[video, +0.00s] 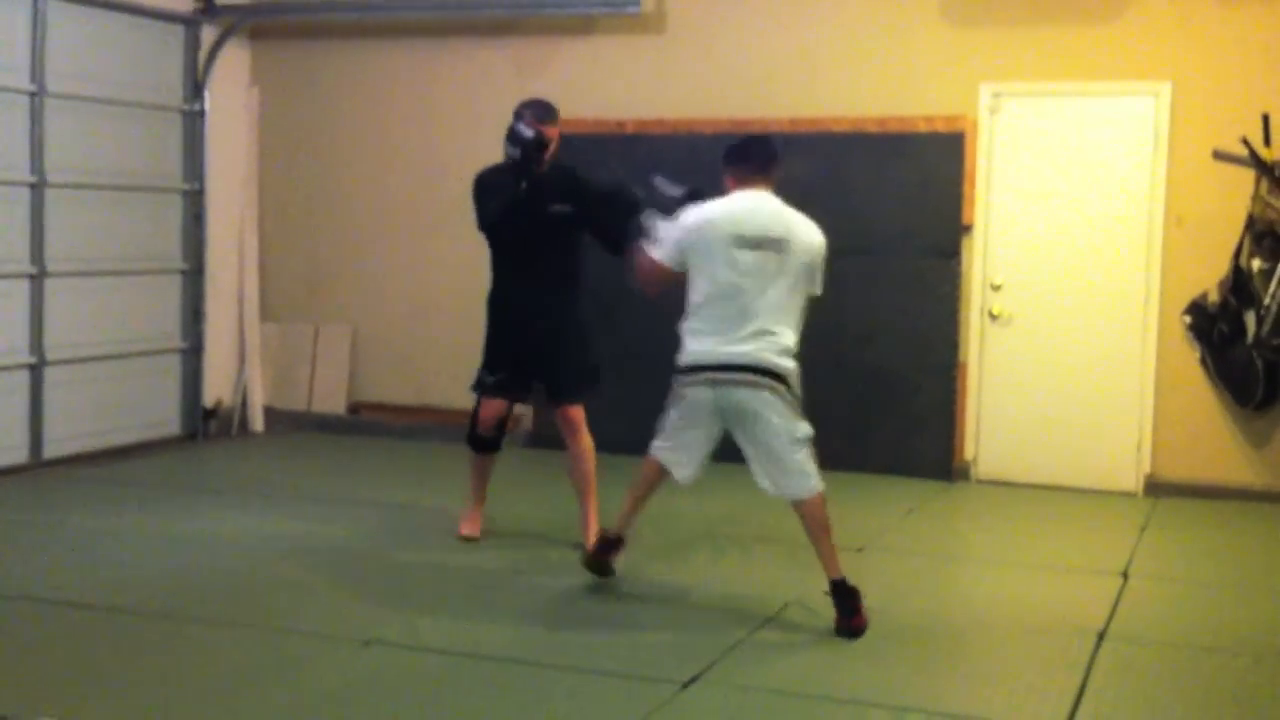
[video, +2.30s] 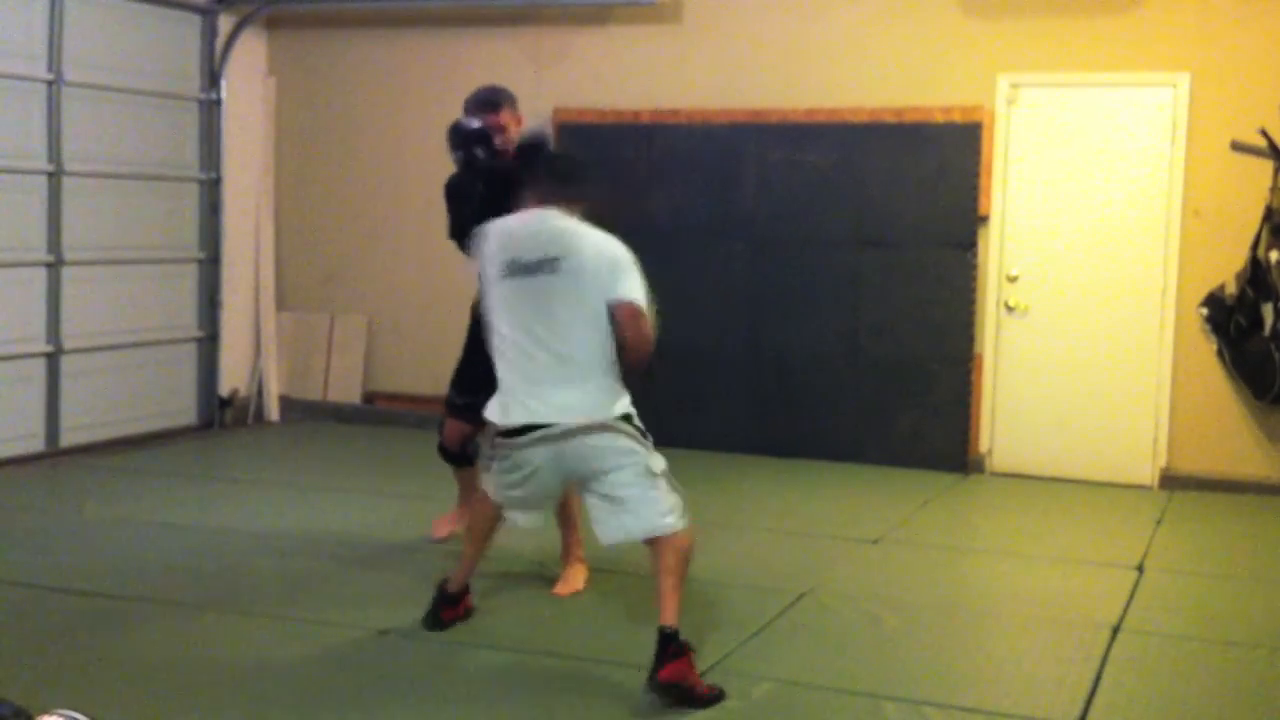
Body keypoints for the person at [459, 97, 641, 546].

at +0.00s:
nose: (539, 148)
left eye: (546, 140)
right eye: (531, 139)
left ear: (558, 139)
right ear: (514, 136)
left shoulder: (571, 184)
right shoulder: (494, 182)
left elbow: (617, 232)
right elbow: (495, 224)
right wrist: (528, 174)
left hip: (562, 320)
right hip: (510, 319)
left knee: (572, 418)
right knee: (489, 416)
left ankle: (591, 530)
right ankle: (475, 507)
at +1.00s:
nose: (535, 140)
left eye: (545, 133)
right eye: (529, 129)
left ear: (560, 135)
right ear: (515, 126)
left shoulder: (567, 182)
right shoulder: (490, 171)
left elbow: (586, 240)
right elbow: (448, 228)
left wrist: (597, 184)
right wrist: (476, 172)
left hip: (544, 307)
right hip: (490, 305)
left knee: (543, 401)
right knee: (480, 409)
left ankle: (572, 507)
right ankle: (490, 503)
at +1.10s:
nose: (531, 141)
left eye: (541, 133)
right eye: (524, 130)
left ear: (553, 134)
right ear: (506, 126)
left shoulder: (565, 184)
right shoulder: (482, 173)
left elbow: (580, 247)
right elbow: (456, 236)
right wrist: (480, 176)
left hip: (543, 309)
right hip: (490, 308)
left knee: (541, 398)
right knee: (481, 409)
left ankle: (571, 511)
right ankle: (490, 505)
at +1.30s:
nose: (525, 142)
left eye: (534, 133)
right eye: (517, 133)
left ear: (549, 132)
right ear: (501, 133)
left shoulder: (571, 175)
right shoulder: (487, 174)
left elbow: (592, 237)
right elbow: (462, 246)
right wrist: (485, 187)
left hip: (552, 312)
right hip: (497, 311)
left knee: (546, 418)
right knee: (483, 414)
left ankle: (571, 534)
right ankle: (492, 506)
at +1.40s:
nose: (526, 138)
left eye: (534, 129)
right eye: (517, 130)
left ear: (548, 127)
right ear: (501, 129)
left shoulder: (565, 174)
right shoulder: (488, 173)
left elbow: (581, 232)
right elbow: (469, 247)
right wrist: (489, 185)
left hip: (554, 307)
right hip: (503, 307)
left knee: (548, 419)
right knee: (483, 419)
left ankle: (573, 534)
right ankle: (490, 504)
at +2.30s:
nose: (491, 135)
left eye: (498, 124)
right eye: (482, 127)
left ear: (517, 121)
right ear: (469, 130)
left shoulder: (536, 165)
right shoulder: (464, 182)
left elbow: (552, 219)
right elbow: (465, 240)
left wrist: (511, 163)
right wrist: (469, 171)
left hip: (547, 316)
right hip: (493, 318)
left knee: (557, 436)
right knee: (456, 435)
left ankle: (574, 557)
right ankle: (468, 503)